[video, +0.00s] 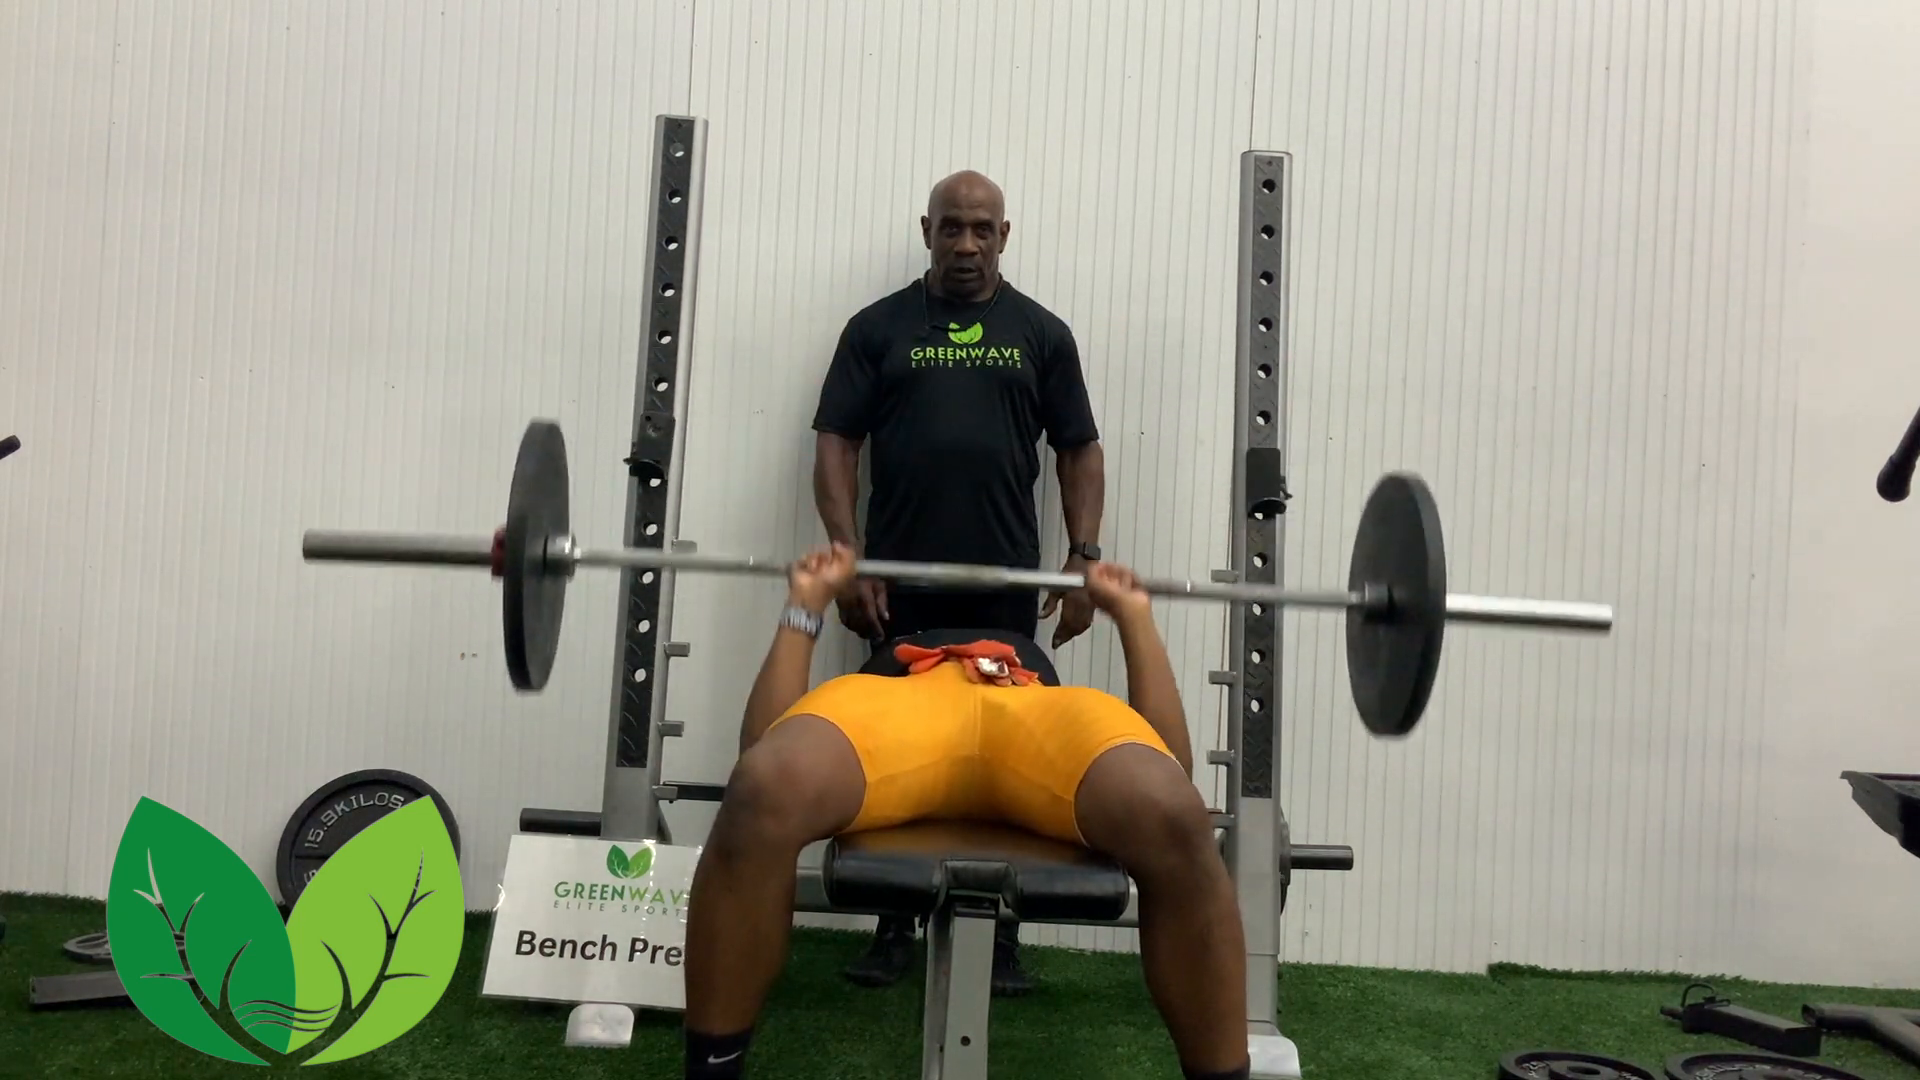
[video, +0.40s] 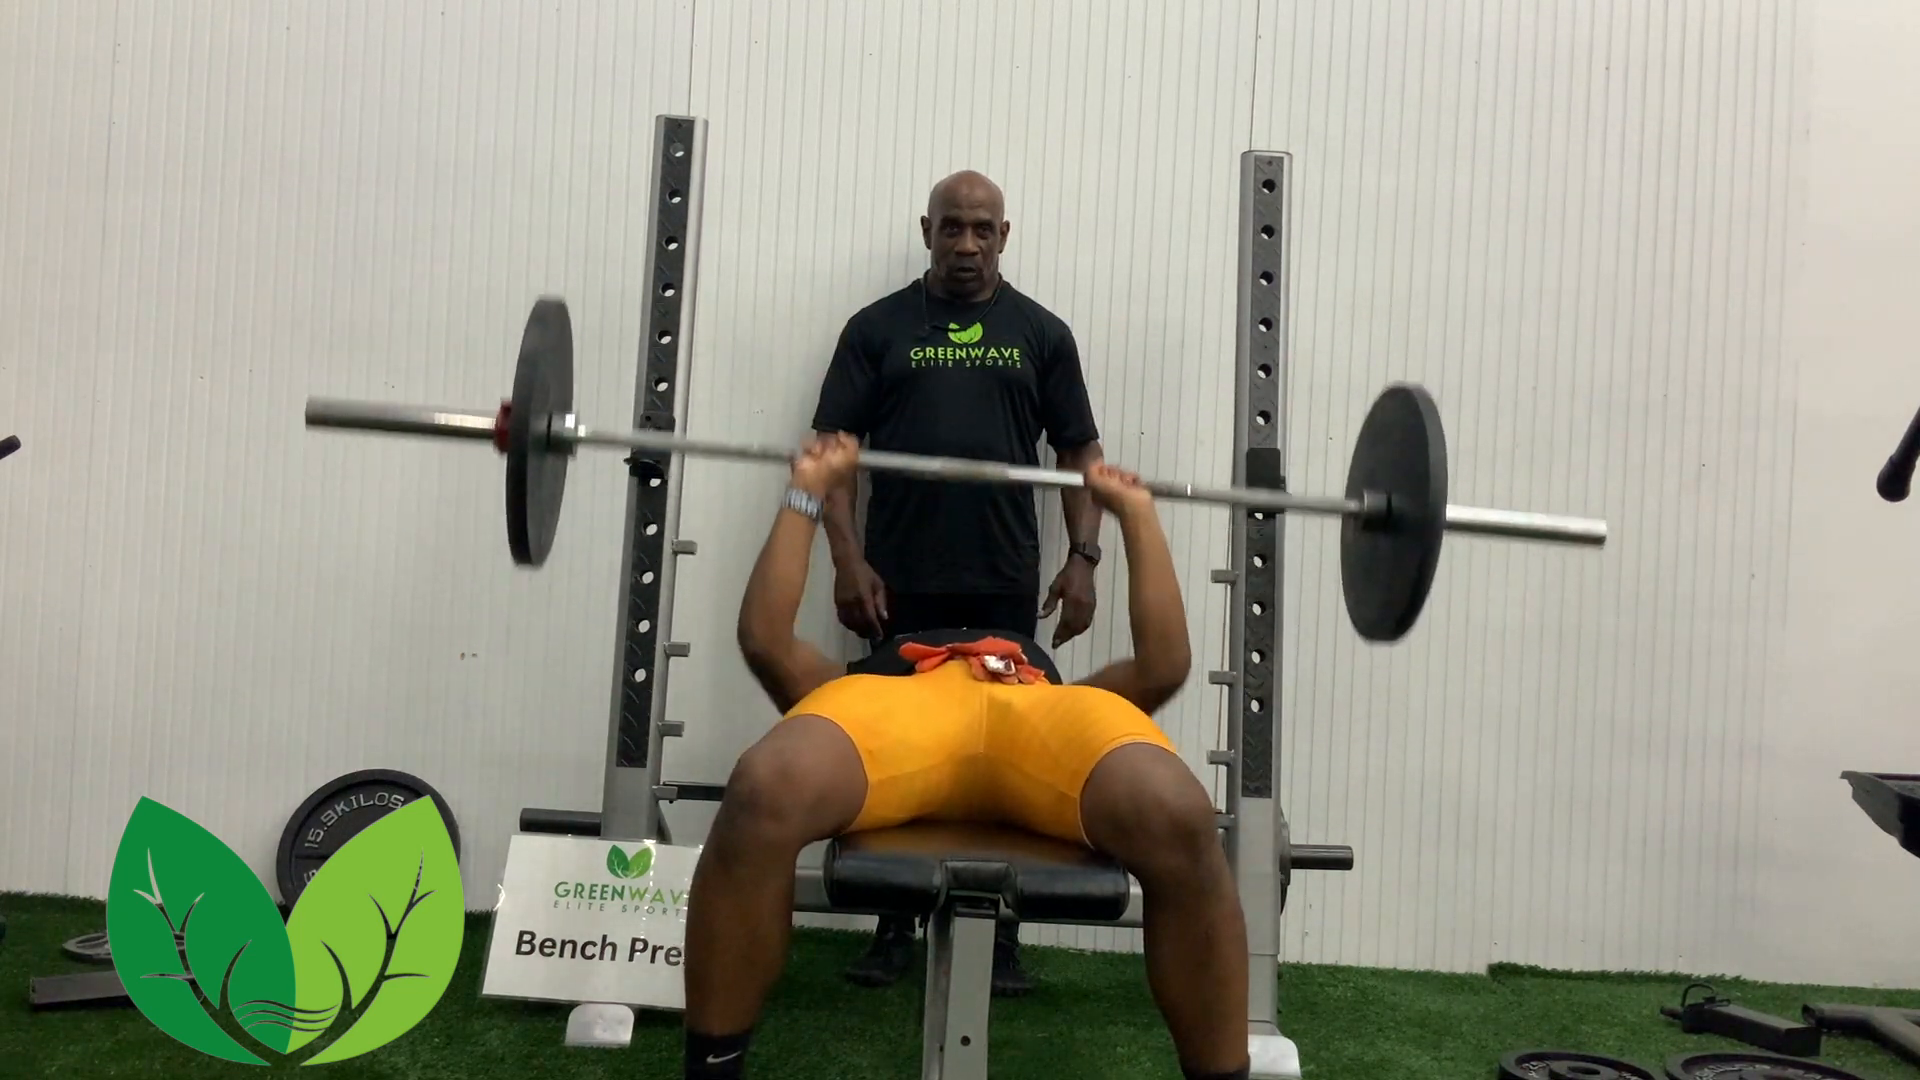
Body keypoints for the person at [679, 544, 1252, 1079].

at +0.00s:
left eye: (999, 655)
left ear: (1028, 671)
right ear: (921, 648)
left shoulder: (1056, 700)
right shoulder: (885, 689)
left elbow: (1171, 772)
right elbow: (763, 754)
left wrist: (1136, 620)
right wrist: (803, 612)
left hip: (1053, 707)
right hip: (890, 698)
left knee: (1178, 823)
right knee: (761, 789)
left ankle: (1223, 1072)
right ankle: (711, 1066)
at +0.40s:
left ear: (1031, 669)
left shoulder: (1063, 694)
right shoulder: (863, 682)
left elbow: (1163, 667)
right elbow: (765, 635)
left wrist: (1139, 515)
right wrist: (804, 498)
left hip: (1049, 708)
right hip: (889, 699)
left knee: (1181, 822)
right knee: (760, 792)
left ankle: (1224, 1071)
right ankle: (713, 1065)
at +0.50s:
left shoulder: (1063, 689)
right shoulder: (854, 681)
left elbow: (1143, 607)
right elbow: (790, 577)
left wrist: (1138, 447)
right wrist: (810, 430)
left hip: (1044, 707)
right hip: (891, 696)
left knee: (1189, 819)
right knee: (758, 789)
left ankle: (1223, 1072)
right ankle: (712, 1065)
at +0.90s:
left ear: (1029, 677)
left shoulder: (1057, 685)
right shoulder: (877, 670)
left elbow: (1153, 661)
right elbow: (785, 642)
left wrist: (1145, 512)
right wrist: (819, 508)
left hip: (1048, 712)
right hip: (892, 702)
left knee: (1179, 822)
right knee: (754, 786)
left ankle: (1224, 1073)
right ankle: (713, 1066)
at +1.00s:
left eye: (1009, 666)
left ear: (1037, 684)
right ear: (918, 654)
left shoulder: (1055, 691)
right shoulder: (884, 681)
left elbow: (1145, 734)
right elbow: (780, 733)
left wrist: (1139, 600)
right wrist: (811, 595)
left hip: (1047, 712)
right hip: (890, 700)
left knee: (1181, 820)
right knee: (757, 786)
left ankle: (1225, 1072)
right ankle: (712, 1064)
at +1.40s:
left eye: (1003, 655)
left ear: (1020, 664)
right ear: (922, 659)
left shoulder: (1052, 686)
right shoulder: (876, 677)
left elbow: (1150, 702)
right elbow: (764, 682)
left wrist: (1142, 550)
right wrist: (810, 544)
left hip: (1042, 704)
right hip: (896, 695)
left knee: (1177, 829)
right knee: (759, 796)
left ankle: (1223, 1070)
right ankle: (713, 1065)